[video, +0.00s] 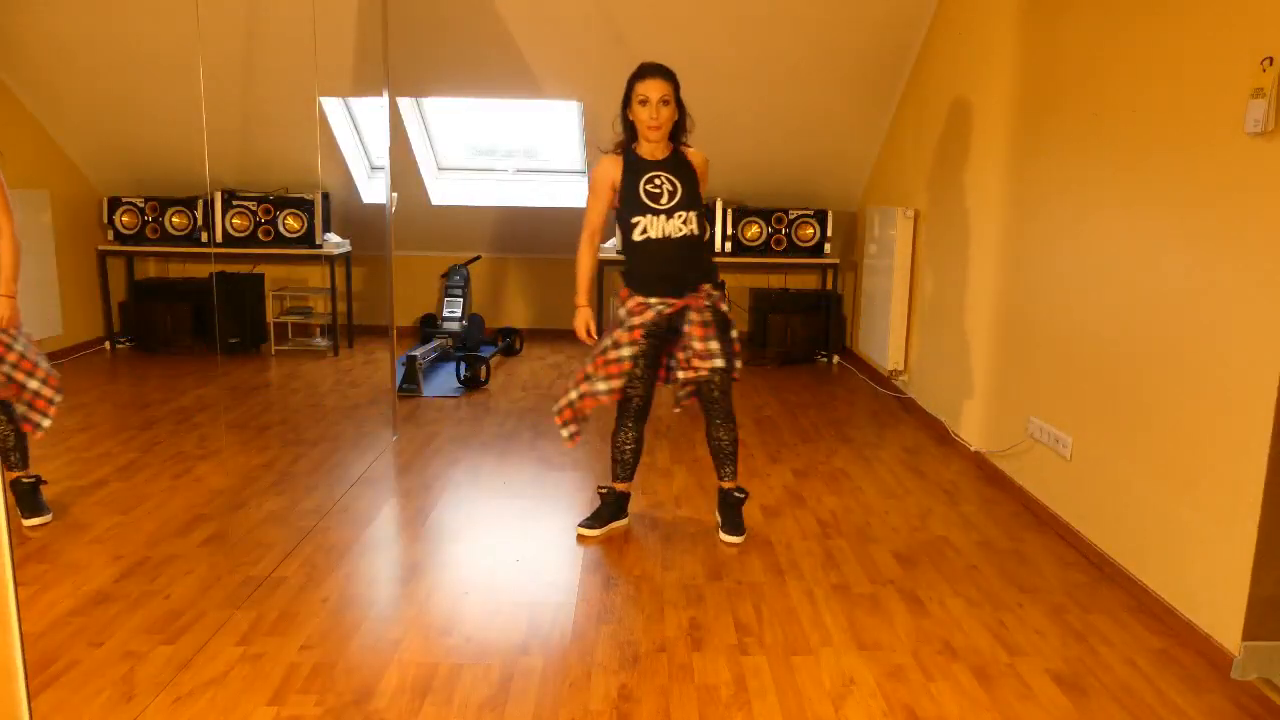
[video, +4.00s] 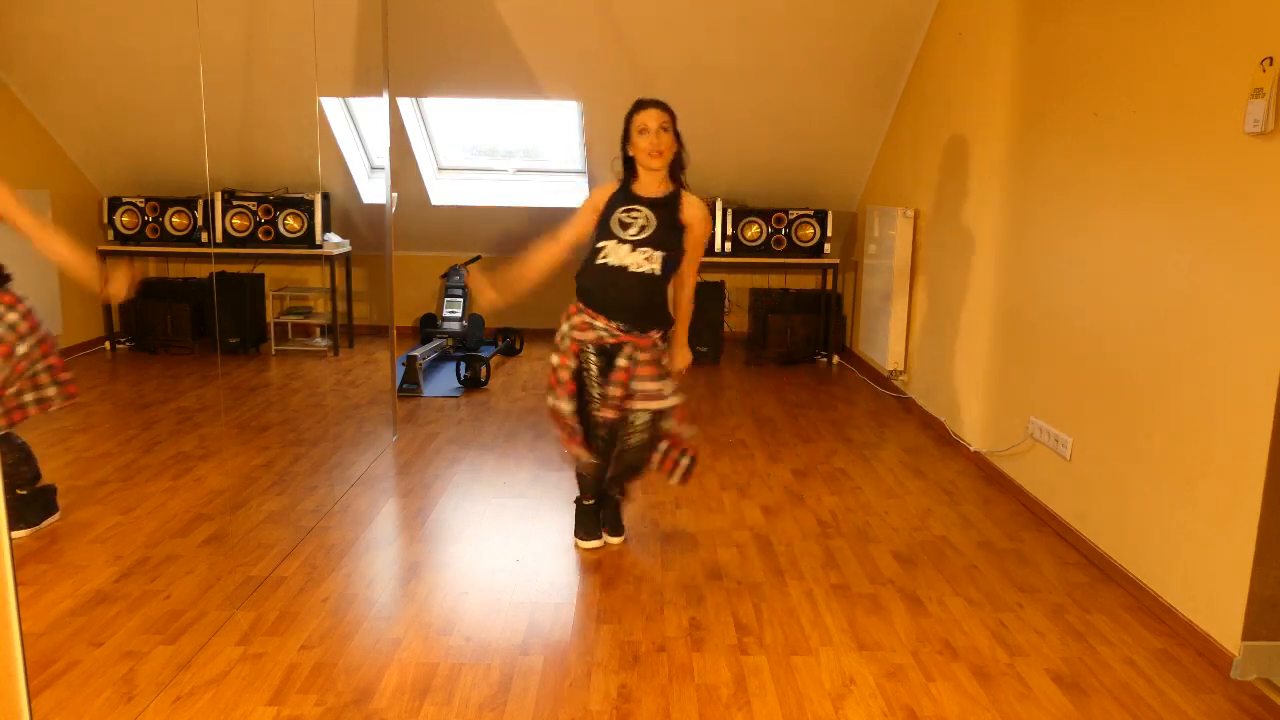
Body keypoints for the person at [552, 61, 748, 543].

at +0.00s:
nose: (654, 111)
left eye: (664, 102)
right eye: (643, 102)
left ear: (677, 109)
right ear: (629, 110)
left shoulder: (694, 162)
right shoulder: (611, 168)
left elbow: (696, 224)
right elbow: (590, 238)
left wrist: (705, 275)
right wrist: (583, 303)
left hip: (697, 296)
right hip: (642, 299)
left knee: (717, 396)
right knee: (633, 399)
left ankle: (730, 496)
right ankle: (617, 498)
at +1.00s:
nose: (738, 133)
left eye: (747, 124)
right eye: (727, 125)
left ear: (762, 133)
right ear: (714, 136)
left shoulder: (783, 169)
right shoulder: (707, 203)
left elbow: (842, 122)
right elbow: (682, 262)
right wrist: (633, 300)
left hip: (803, 318)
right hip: (742, 320)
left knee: (814, 427)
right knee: (695, 409)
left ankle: (807, 508)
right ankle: (656, 482)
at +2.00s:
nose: (683, 148)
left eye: (693, 138)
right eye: (672, 139)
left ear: (706, 147)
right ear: (658, 148)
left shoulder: (719, 218)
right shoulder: (636, 186)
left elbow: (709, 285)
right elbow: (593, 173)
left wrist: (701, 343)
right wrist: (557, 162)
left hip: (667, 336)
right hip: (610, 329)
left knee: (701, 425)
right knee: (614, 432)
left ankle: (682, 485)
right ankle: (599, 516)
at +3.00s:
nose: (735, 141)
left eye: (744, 132)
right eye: (724, 133)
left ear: (757, 142)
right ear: (710, 146)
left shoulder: (772, 181)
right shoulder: (703, 213)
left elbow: (826, 177)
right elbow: (692, 281)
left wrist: (872, 164)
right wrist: (677, 342)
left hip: (804, 325)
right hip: (753, 333)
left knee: (816, 429)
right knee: (780, 435)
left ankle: (792, 505)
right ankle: (731, 457)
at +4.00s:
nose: (654, 139)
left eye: (663, 130)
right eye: (643, 131)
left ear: (676, 141)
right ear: (628, 143)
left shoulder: (691, 210)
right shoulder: (608, 197)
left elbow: (686, 280)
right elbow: (558, 244)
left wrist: (680, 340)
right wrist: (505, 286)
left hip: (645, 337)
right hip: (591, 326)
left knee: (640, 433)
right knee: (596, 423)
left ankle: (613, 495)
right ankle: (588, 501)